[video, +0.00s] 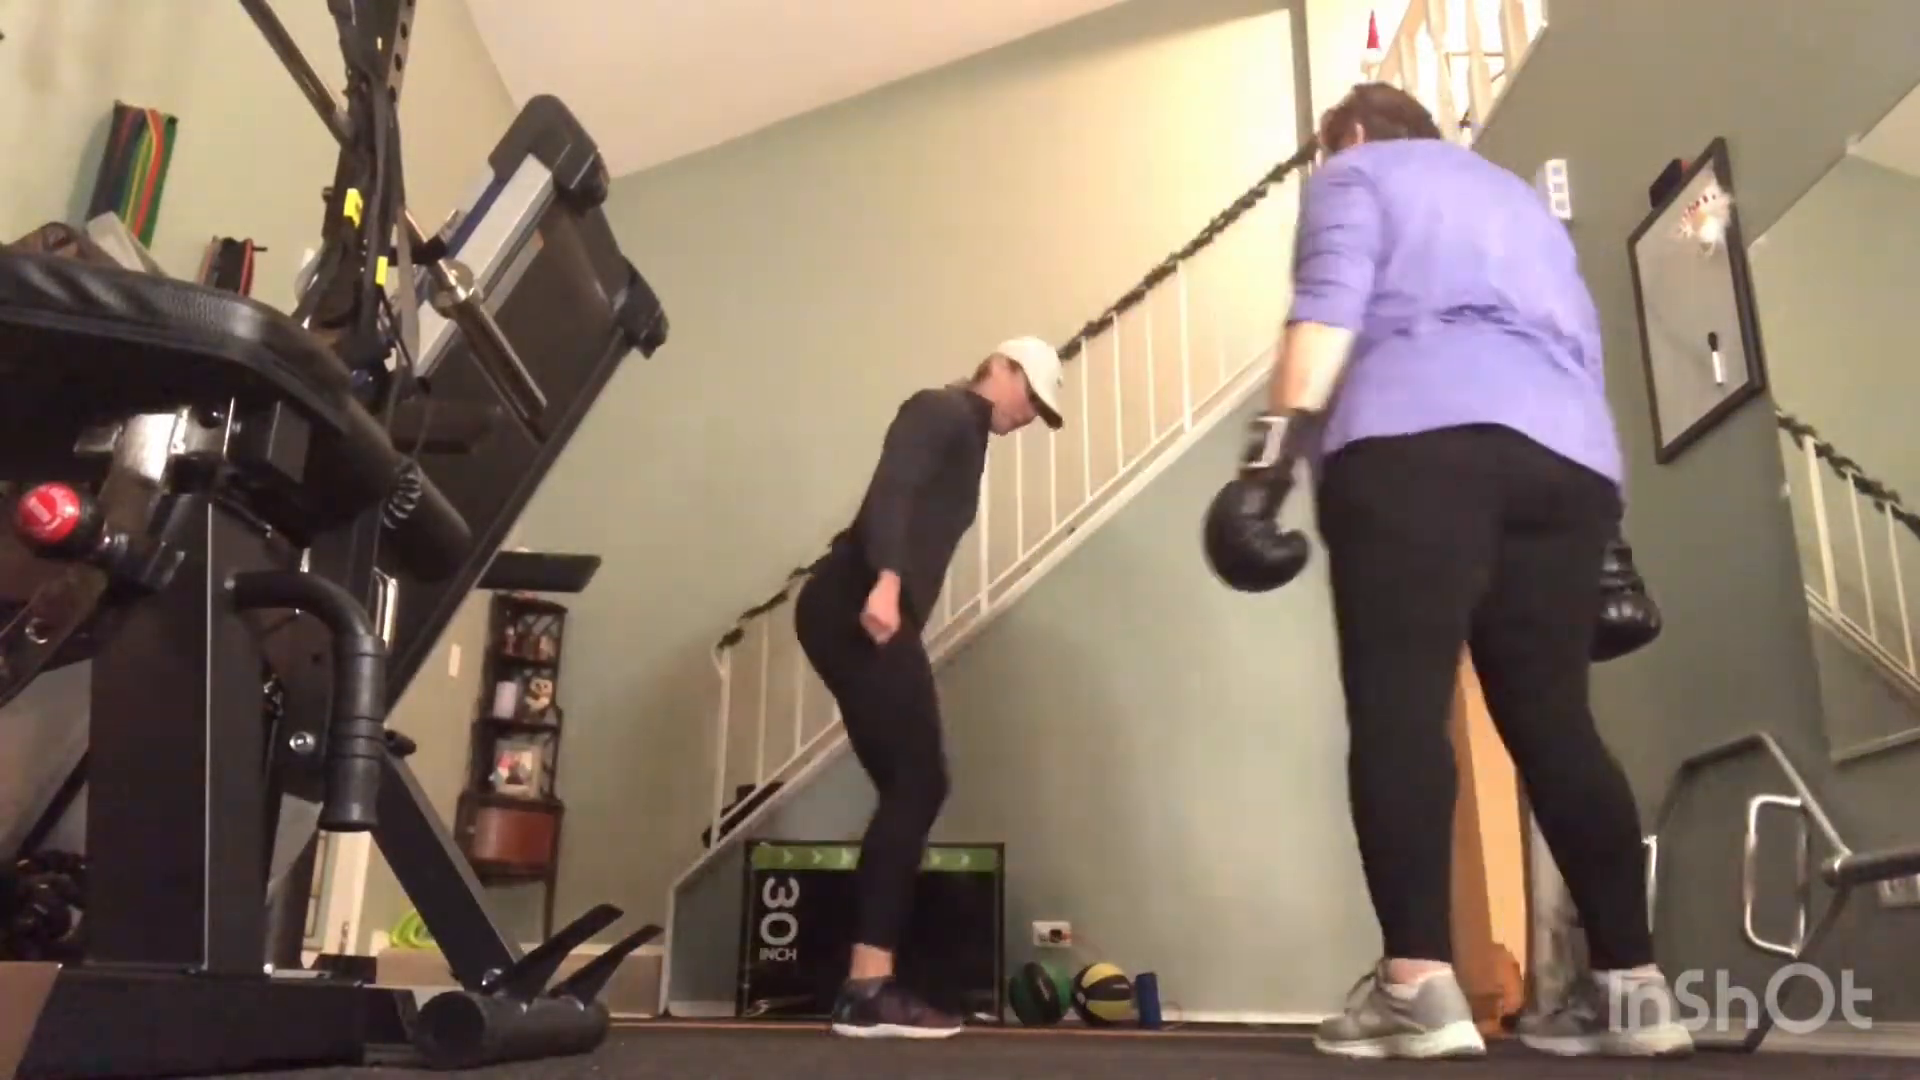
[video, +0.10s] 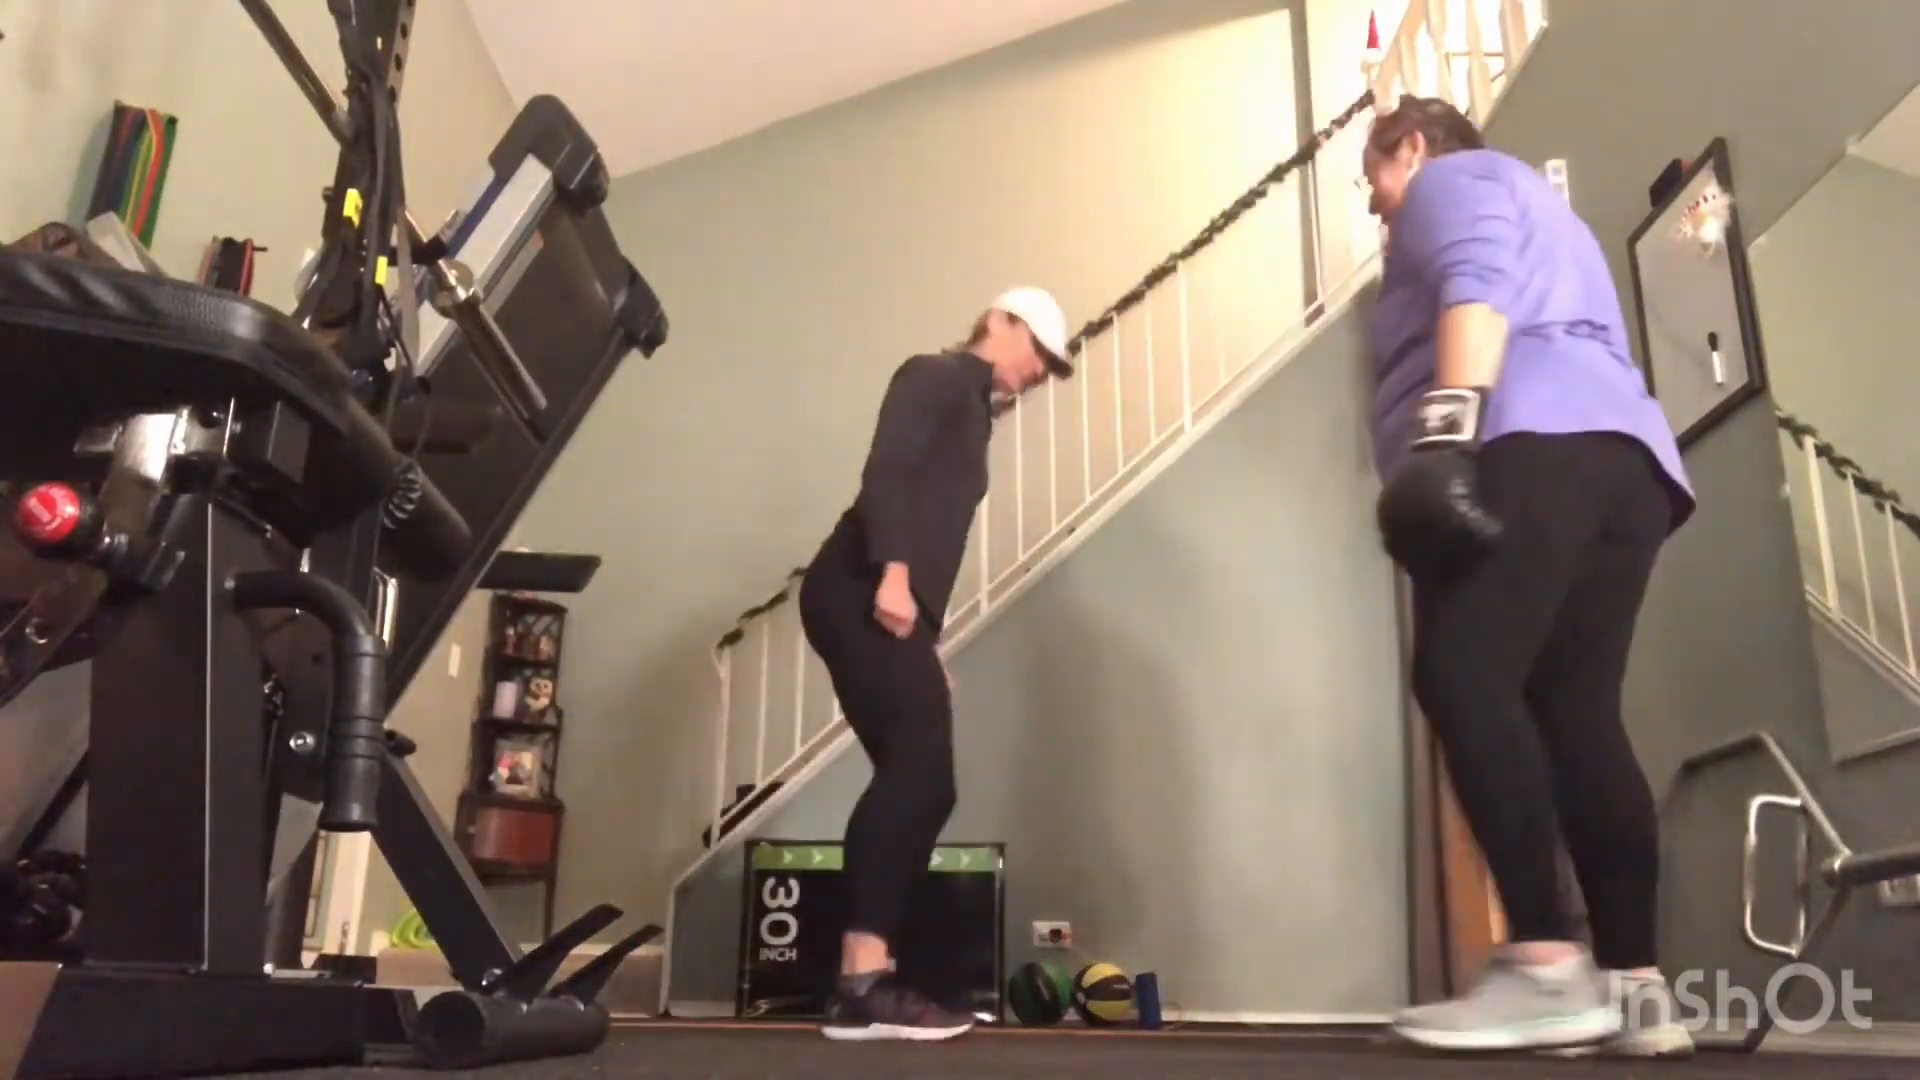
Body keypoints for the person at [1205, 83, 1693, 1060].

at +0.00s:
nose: (1326, 176)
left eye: (1327, 162)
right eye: (1325, 164)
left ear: (1350, 140)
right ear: (1426, 134)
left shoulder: (1349, 173)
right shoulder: (1531, 207)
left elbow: (1325, 315)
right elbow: (1582, 365)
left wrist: (1267, 464)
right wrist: (1603, 530)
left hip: (1411, 445)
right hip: (1563, 458)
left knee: (1398, 715)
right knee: (1554, 722)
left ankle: (1417, 982)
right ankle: (1632, 981)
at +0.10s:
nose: (1373, 196)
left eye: (1374, 174)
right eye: (1369, 181)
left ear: (1413, 146)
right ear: (1461, 138)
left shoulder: (1456, 177)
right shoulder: (1556, 219)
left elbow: (1478, 290)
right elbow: (1588, 345)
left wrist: (1445, 433)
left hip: (1545, 441)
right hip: (1637, 461)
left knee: (1465, 670)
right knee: (1578, 703)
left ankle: (1548, 964)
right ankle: (1635, 983)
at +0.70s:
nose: (1470, 132)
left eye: (1474, 108)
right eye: (1466, 115)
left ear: (1512, 83)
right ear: (1542, 81)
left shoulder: (1565, 115)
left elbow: (1586, 243)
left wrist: (1552, 410)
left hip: (1654, 414)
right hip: (1635, 427)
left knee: (1626, 686)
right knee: (1606, 695)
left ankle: (1704, 987)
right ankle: (1677, 972)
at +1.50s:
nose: (1437, 125)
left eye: (1453, 104)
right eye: (1426, 120)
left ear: (1515, 95)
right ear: (1437, 146)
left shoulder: (1560, 143)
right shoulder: (1481, 234)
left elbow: (1601, 260)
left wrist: (1576, 408)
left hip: (1640, 429)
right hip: (1580, 460)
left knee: (1621, 682)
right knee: (1603, 702)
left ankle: (1699, 984)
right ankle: (1682, 977)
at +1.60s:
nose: (1432, 129)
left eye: (1445, 106)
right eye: (1421, 124)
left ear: (1509, 95)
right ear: (1432, 150)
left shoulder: (1560, 143)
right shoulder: (1480, 234)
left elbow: (1612, 259)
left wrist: (1593, 411)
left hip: (1637, 434)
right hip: (1568, 472)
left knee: (1623, 684)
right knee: (1601, 708)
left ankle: (1699, 984)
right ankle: (1683, 977)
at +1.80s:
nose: (1426, 124)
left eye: (1440, 101)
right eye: (1412, 122)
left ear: (1500, 97)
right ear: (1416, 154)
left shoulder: (1548, 146)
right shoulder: (1455, 249)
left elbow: (1612, 262)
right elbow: (1486, 415)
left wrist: (1594, 411)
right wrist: (1510, 557)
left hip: (1628, 429)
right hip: (1542, 494)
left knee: (1615, 680)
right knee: (1594, 704)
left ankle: (1693, 975)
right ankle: (1683, 968)